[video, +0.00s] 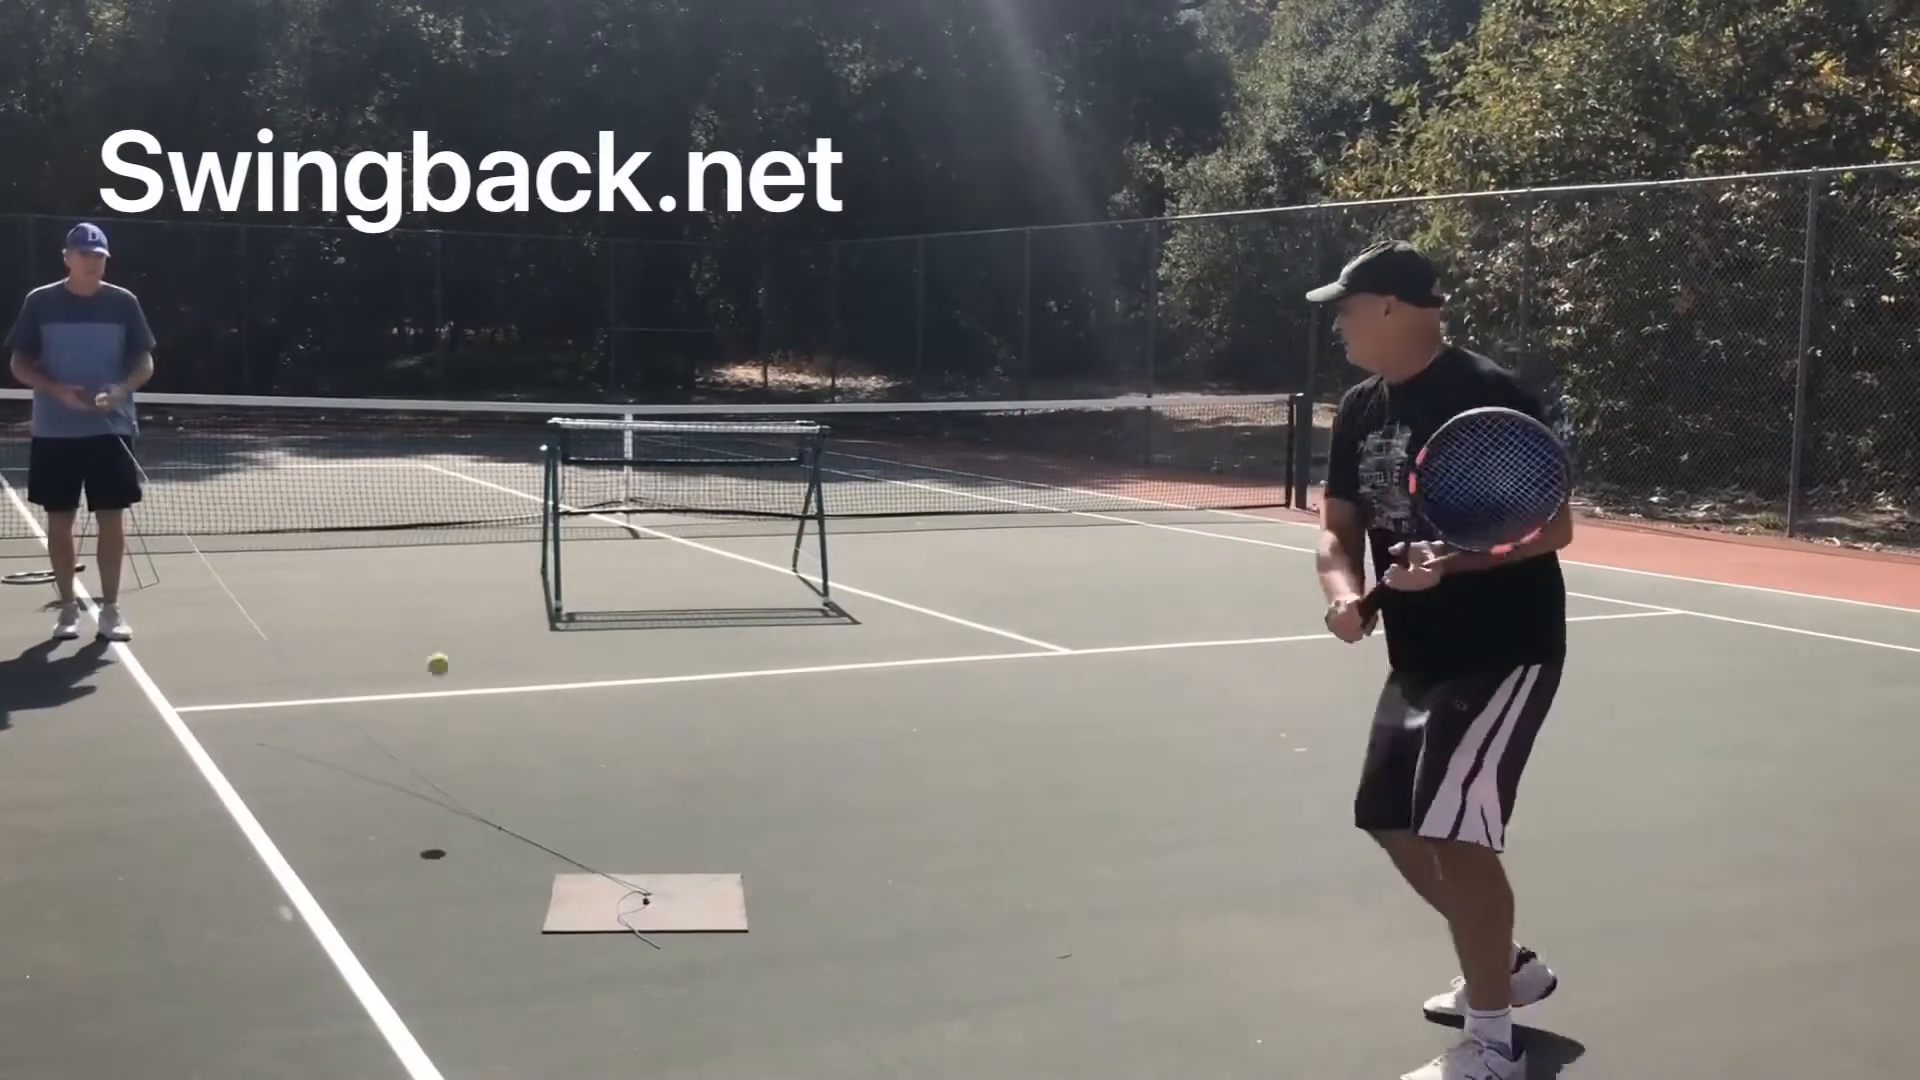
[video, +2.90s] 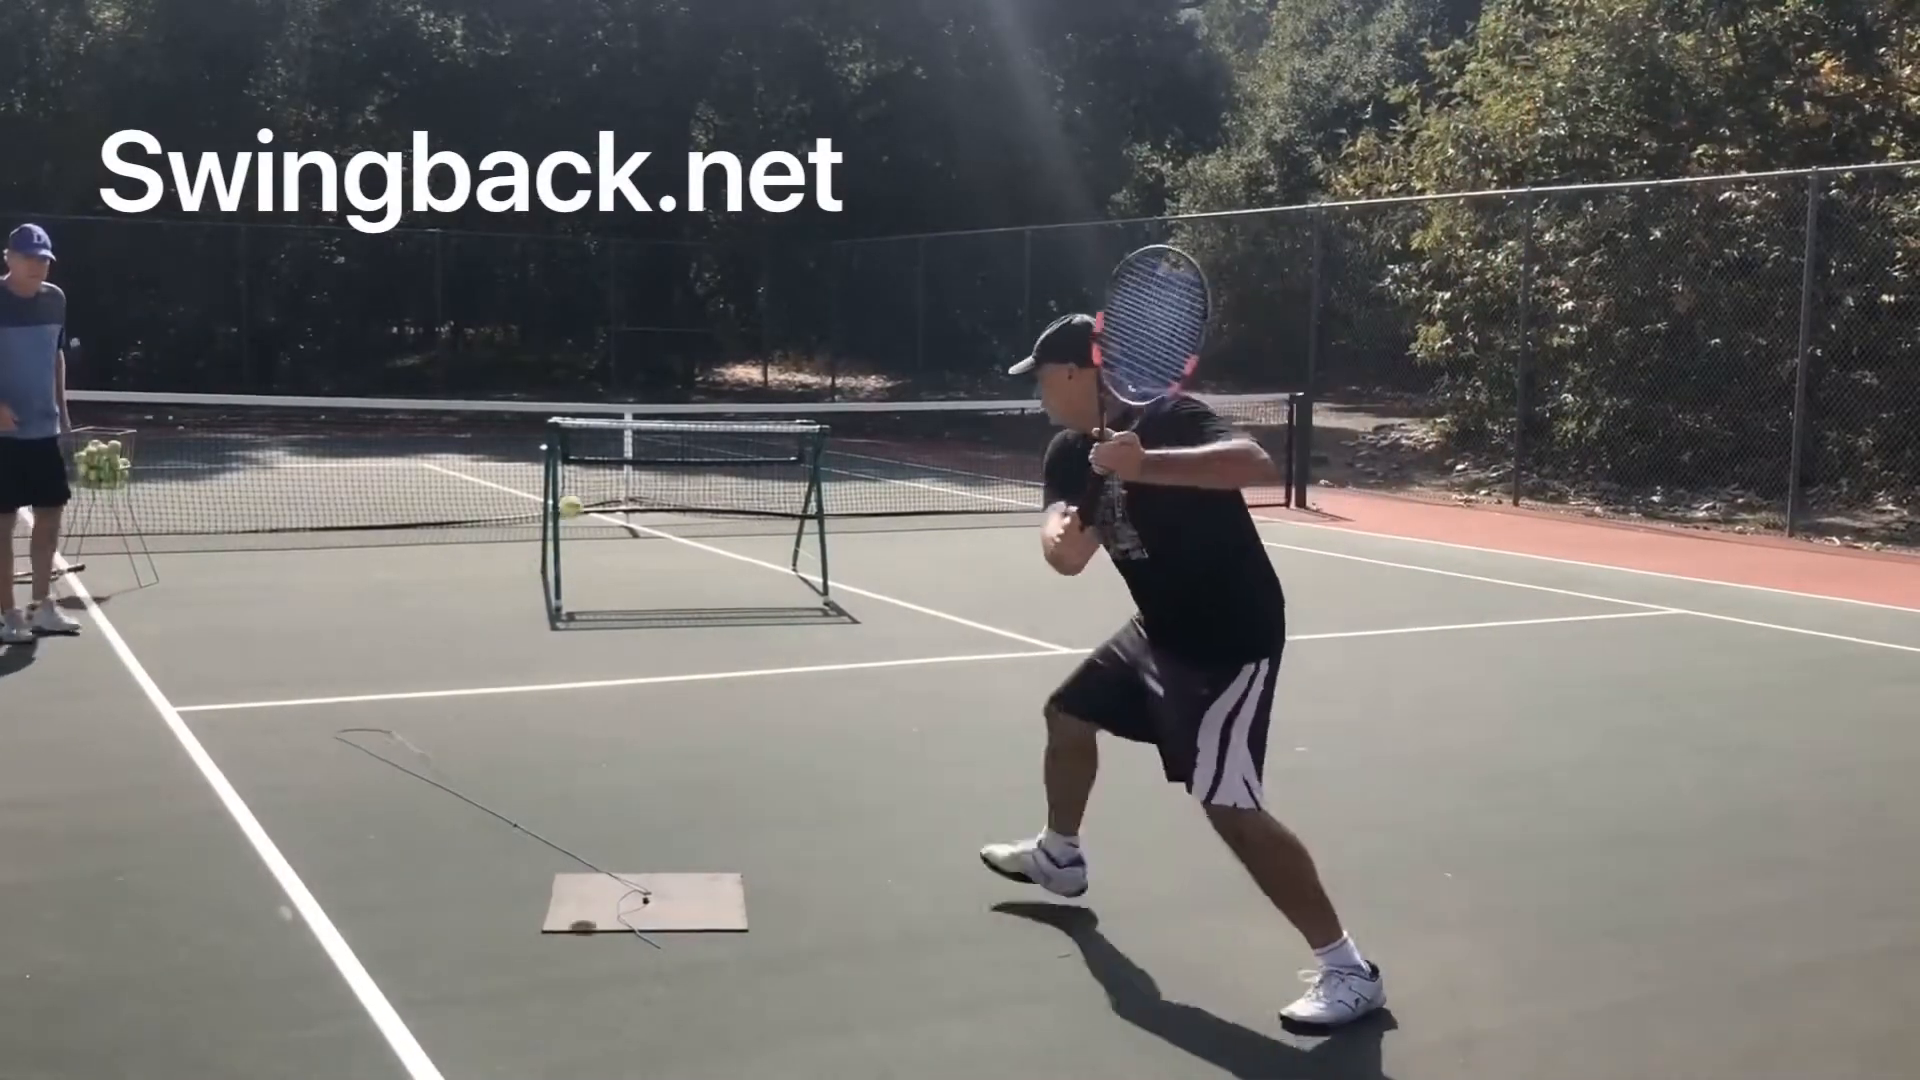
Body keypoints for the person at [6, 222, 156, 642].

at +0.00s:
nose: (91, 264)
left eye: (98, 257)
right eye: (84, 256)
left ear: (106, 260)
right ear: (67, 256)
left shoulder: (124, 302)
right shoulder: (40, 301)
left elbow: (145, 363)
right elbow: (19, 364)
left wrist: (121, 389)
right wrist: (58, 390)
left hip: (109, 433)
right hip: (55, 436)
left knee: (111, 519)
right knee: (60, 520)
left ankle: (111, 609)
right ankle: (69, 606)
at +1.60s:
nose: (103, 263)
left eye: (109, 256)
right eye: (95, 256)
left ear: (117, 260)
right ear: (79, 258)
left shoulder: (135, 304)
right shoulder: (49, 301)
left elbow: (158, 348)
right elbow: (23, 357)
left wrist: (169, 369)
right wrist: (54, 393)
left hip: (112, 435)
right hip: (58, 435)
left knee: (114, 520)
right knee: (60, 520)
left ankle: (110, 609)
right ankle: (68, 607)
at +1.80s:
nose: (108, 248)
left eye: (115, 241)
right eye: (101, 240)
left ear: (123, 249)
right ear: (84, 247)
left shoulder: (135, 288)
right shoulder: (55, 292)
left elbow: (154, 305)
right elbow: (29, 351)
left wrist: (168, 304)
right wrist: (55, 384)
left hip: (113, 423)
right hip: (60, 424)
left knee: (115, 513)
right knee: (60, 513)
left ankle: (113, 608)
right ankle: (65, 605)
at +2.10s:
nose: (108, 256)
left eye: (114, 249)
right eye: (101, 248)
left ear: (122, 256)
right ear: (83, 253)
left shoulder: (134, 297)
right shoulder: (52, 296)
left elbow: (149, 332)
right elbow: (24, 353)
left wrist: (132, 339)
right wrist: (47, 387)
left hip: (112, 430)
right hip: (56, 429)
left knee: (115, 519)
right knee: (48, 516)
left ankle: (112, 610)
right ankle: (34, 608)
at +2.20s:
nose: (103, 260)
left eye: (109, 253)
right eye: (96, 252)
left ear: (115, 258)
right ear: (76, 255)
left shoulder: (130, 301)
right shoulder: (45, 297)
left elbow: (144, 346)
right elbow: (18, 354)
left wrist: (134, 370)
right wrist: (42, 389)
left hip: (107, 432)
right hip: (51, 431)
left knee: (113, 519)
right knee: (40, 517)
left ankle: (112, 609)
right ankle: (19, 609)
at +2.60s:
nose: (60, 266)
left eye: (64, 260)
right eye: (52, 258)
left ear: (70, 262)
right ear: (30, 257)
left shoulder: (81, 302)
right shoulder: (5, 298)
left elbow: (91, 354)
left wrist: (97, 410)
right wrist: (2, 401)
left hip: (68, 435)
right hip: (13, 436)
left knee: (87, 516)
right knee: (9, 524)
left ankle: (106, 607)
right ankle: (9, 615)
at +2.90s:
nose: (39, 266)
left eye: (44, 259)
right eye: (31, 258)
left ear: (49, 261)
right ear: (10, 258)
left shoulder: (54, 298)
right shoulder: (2, 297)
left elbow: (57, 354)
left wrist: (62, 409)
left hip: (44, 431)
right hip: (7, 433)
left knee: (50, 512)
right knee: (6, 518)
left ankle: (43, 604)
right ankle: (8, 611)